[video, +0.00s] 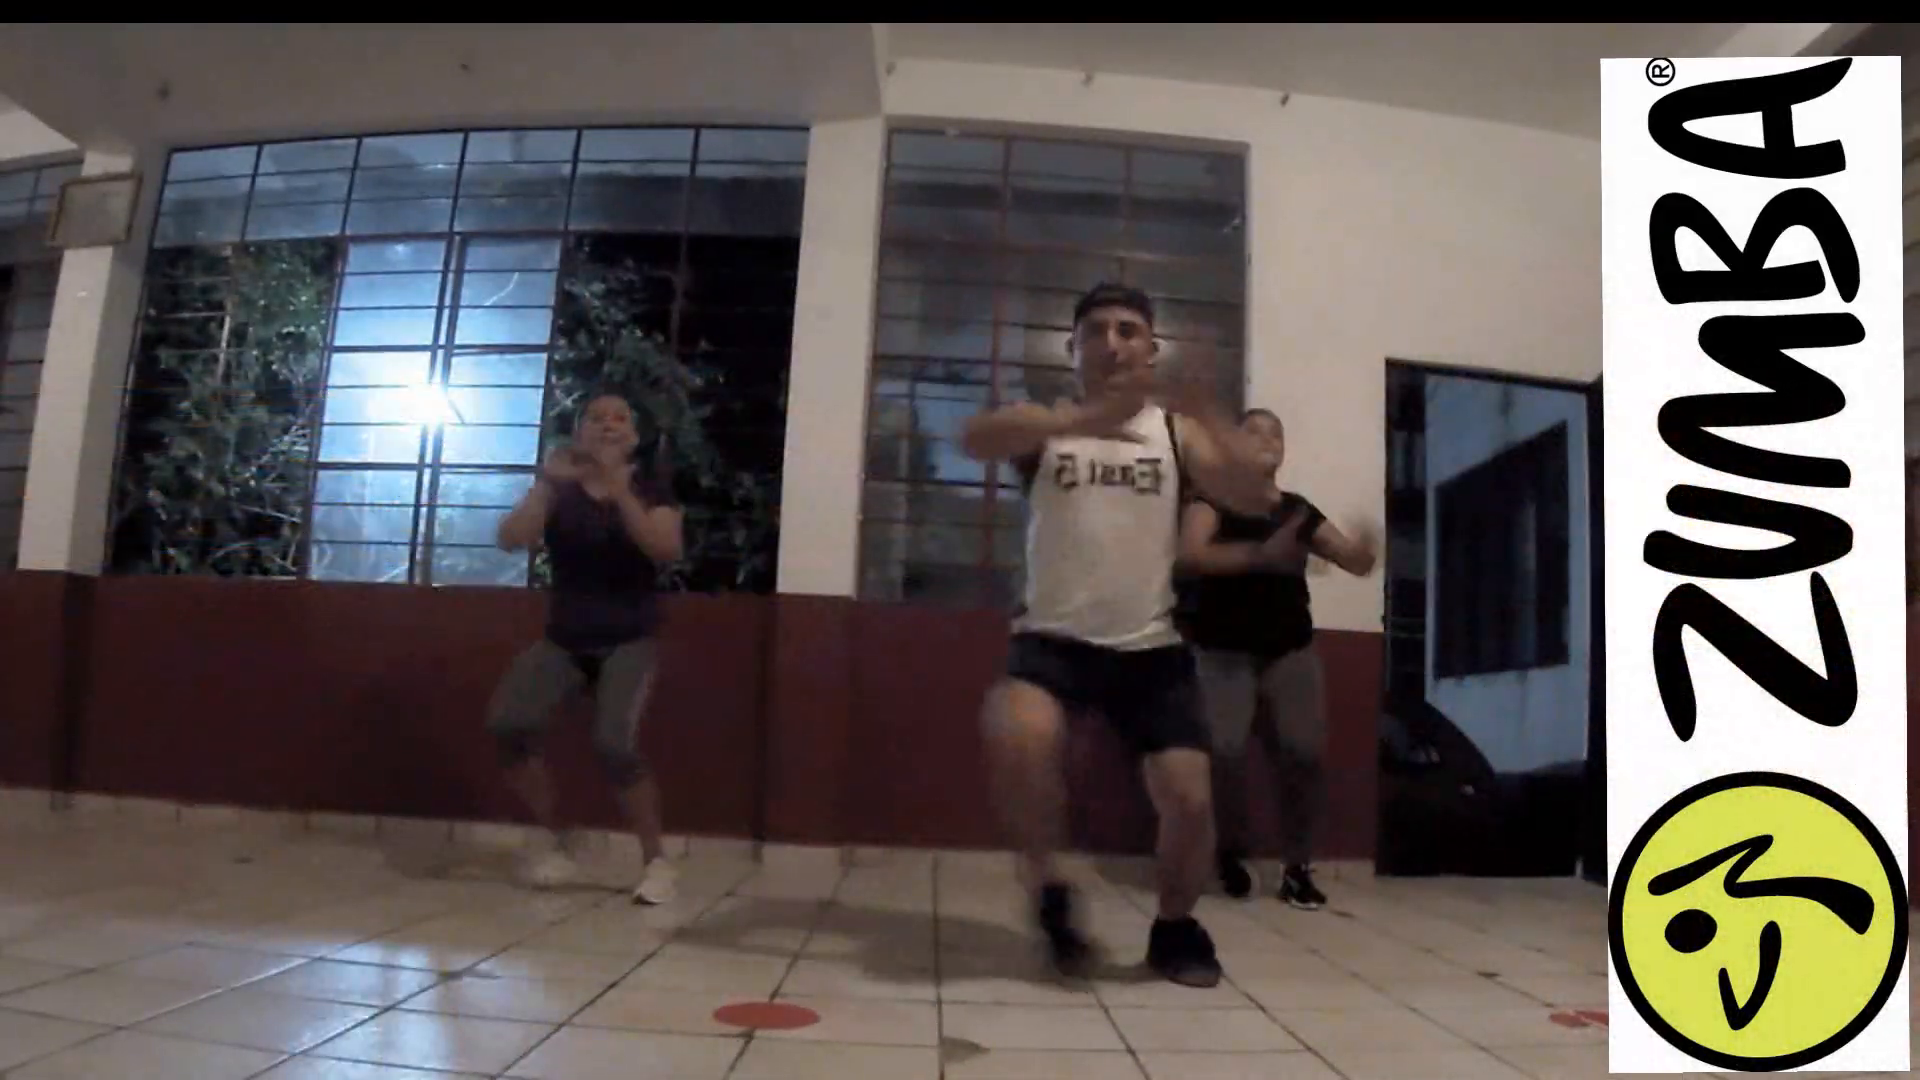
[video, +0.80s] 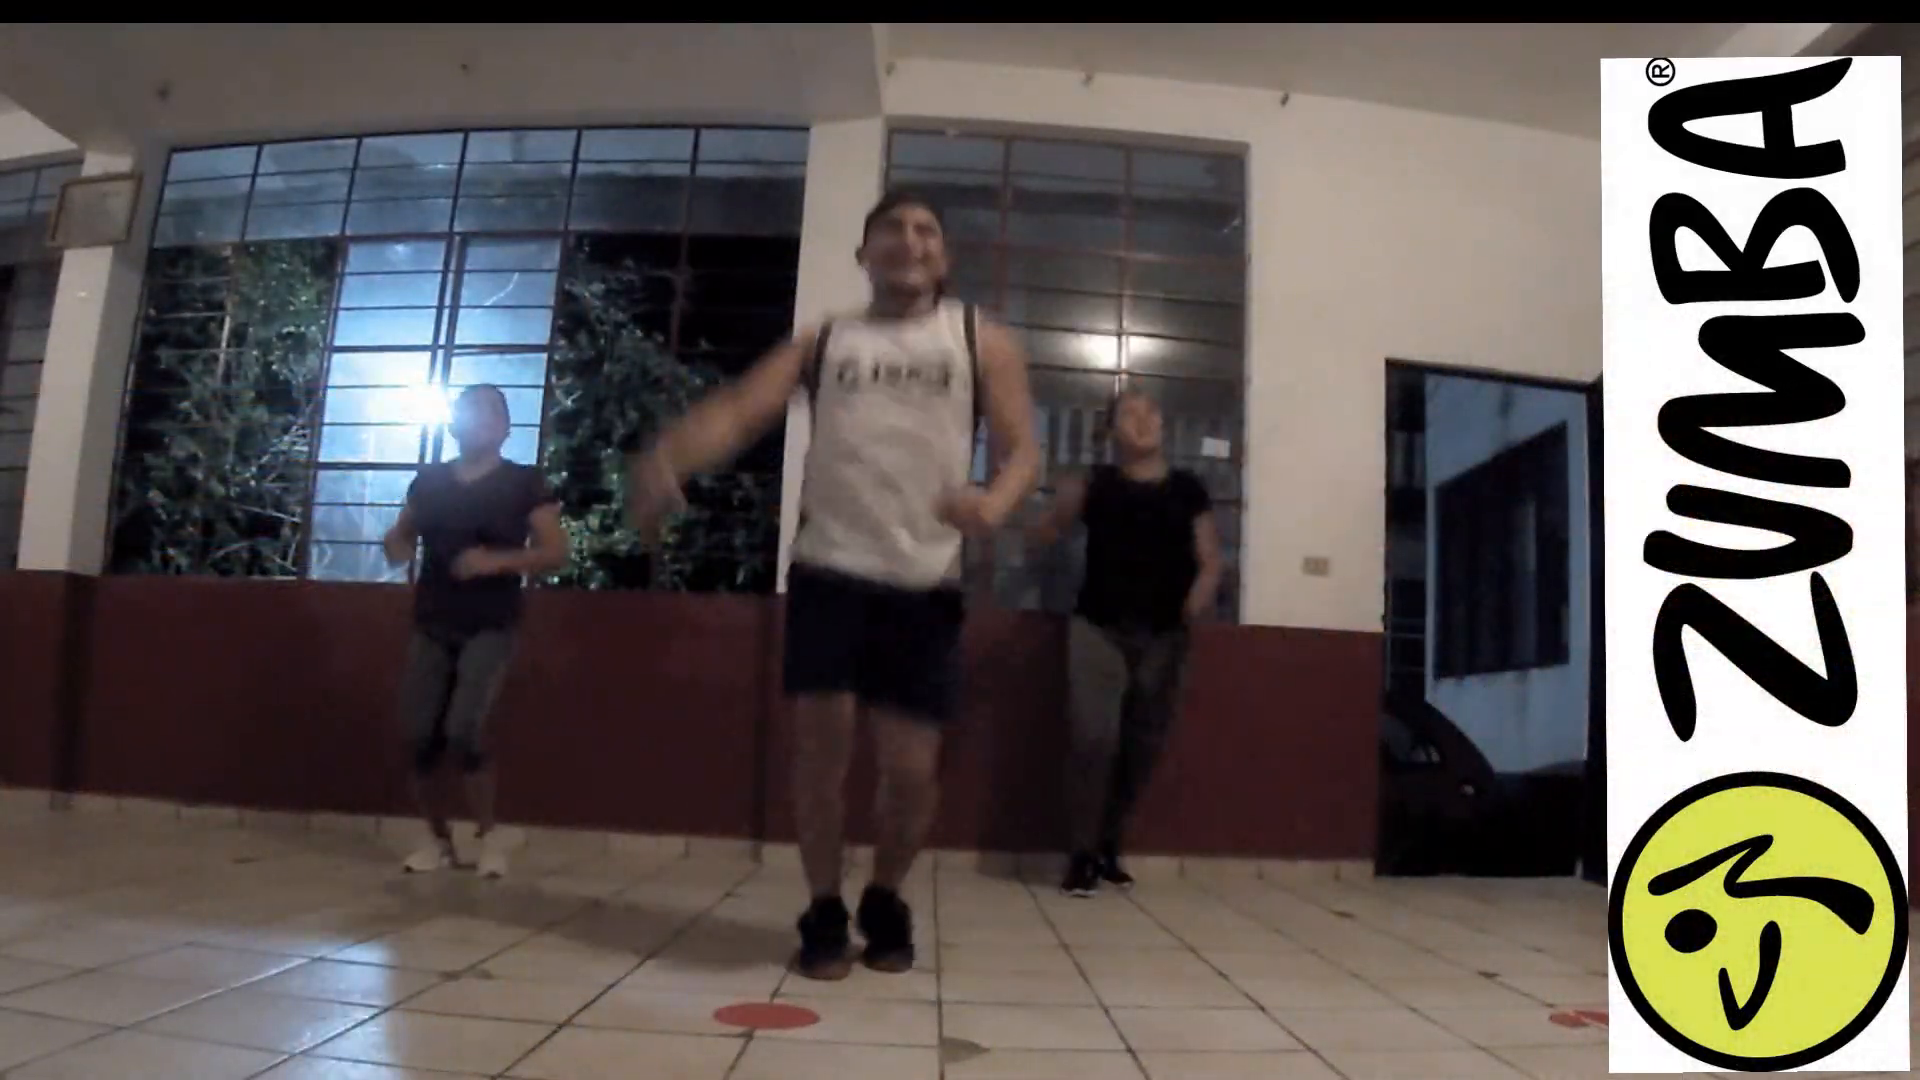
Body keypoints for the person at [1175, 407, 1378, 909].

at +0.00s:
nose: (1267, 443)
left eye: (1274, 436)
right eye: (1255, 434)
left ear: (1283, 449)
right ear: (1233, 444)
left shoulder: (1295, 511)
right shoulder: (1210, 502)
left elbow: (1356, 562)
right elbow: (1192, 555)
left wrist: (1363, 543)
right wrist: (1262, 554)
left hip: (1288, 648)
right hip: (1223, 648)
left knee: (1304, 753)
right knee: (1226, 754)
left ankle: (1297, 866)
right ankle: (1229, 855)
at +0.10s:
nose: (1259, 448)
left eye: (1268, 439)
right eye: (1249, 437)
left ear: (1279, 448)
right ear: (1230, 443)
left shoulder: (1289, 506)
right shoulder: (1203, 496)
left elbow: (1353, 551)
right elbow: (1159, 538)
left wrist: (1414, 583)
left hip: (1278, 642)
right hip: (1208, 638)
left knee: (1295, 749)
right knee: (1176, 749)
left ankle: (1298, 867)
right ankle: (1166, 863)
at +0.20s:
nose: (1249, 431)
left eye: (1254, 424)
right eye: (1239, 423)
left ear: (1260, 436)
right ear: (1216, 432)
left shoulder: (1271, 494)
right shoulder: (1184, 479)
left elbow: (1344, 535)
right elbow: (1111, 501)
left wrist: (1428, 556)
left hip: (1258, 632)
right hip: (1187, 627)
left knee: (1283, 743)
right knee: (1149, 739)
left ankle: (1296, 867)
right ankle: (1102, 848)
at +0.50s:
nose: (1169, 436)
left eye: (1178, 430)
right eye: (1160, 427)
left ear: (1189, 446)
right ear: (1141, 438)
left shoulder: (1192, 505)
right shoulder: (1109, 485)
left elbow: (1261, 537)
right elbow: (1054, 472)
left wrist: (1337, 537)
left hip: (1175, 638)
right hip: (1106, 637)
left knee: (1218, 741)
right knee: (1090, 747)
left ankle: (1254, 865)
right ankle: (1061, 858)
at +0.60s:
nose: (1154, 407)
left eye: (1161, 402)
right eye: (1143, 400)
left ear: (1171, 417)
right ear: (1122, 414)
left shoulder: (1186, 469)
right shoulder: (1102, 460)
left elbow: (1236, 502)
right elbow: (1031, 449)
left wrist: (1268, 520)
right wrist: (1044, 449)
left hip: (1174, 605)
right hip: (1107, 606)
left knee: (1195, 720)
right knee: (1093, 725)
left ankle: (1183, 842)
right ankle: (1063, 846)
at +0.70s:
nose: (1147, 401)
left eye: (1155, 394)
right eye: (1135, 393)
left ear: (1166, 408)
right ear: (1114, 406)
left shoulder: (1183, 458)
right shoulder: (1097, 450)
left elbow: (1231, 510)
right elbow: (1032, 477)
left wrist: (1235, 534)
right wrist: (1072, 469)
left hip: (1171, 601)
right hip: (1105, 599)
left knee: (1167, 722)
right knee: (1093, 720)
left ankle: (1134, 825)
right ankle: (1075, 839)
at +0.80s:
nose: (1141, 422)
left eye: (1149, 414)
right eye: (1129, 415)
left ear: (1163, 427)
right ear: (1112, 431)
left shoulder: (1186, 490)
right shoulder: (1092, 487)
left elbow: (1210, 562)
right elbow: (1047, 535)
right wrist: (1046, 524)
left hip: (1162, 632)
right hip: (1099, 629)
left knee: (1142, 744)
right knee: (1095, 739)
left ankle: (1109, 846)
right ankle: (1081, 853)